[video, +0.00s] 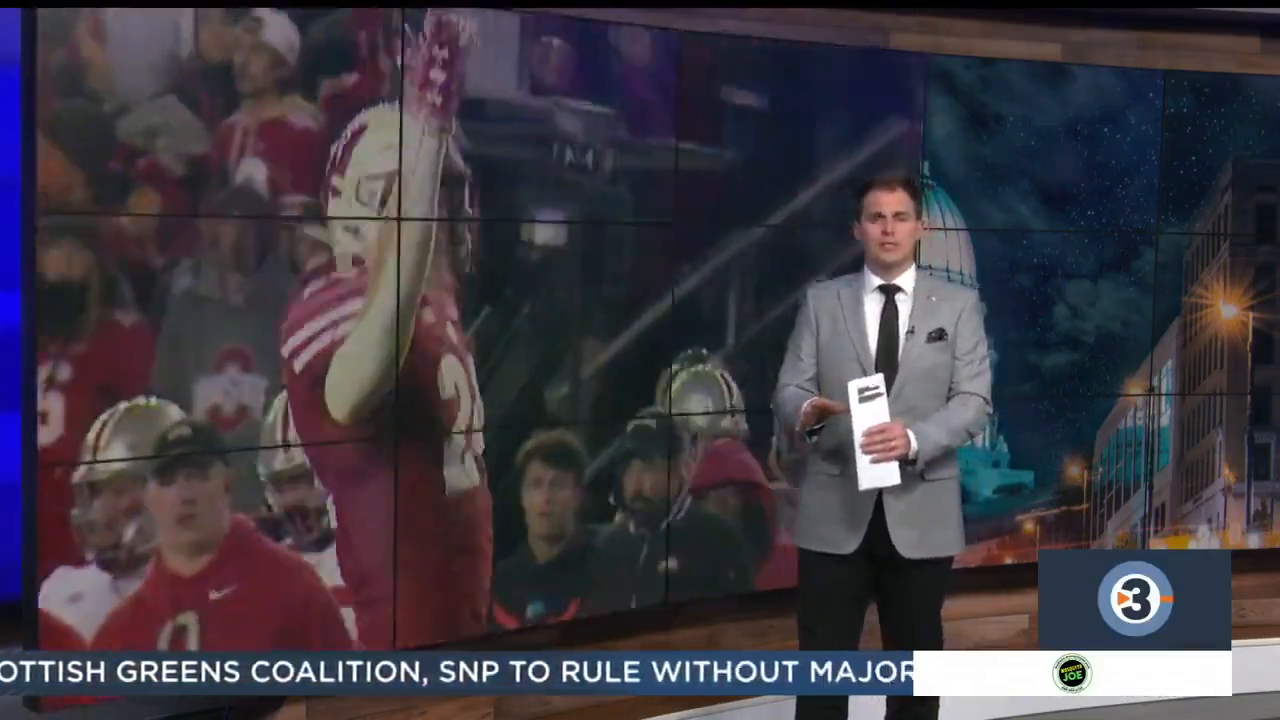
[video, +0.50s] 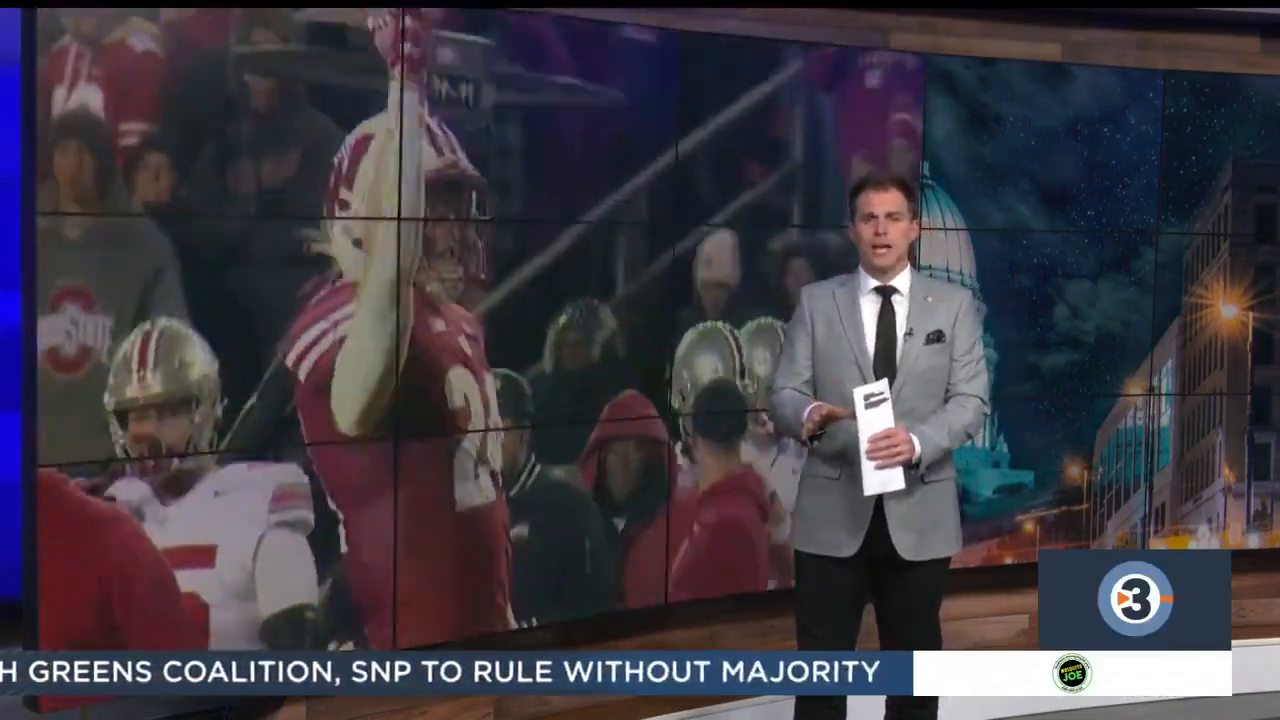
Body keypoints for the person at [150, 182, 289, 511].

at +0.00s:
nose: (238, 242)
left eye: (247, 231)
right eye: (230, 230)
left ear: (263, 234)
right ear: (213, 234)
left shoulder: (285, 295)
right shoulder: (187, 300)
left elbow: (301, 381)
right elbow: (167, 386)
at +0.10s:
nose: (187, 233)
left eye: (198, 220)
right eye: (180, 220)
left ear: (217, 230)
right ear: (167, 227)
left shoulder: (257, 305)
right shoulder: (137, 304)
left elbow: (277, 402)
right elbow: (115, 395)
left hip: (232, 481)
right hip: (150, 481)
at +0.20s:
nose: (169, 244)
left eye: (181, 232)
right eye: (161, 231)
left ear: (200, 242)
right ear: (149, 239)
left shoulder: (241, 314)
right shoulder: (119, 314)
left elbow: (263, 411)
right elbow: (98, 406)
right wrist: (99, 497)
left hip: (217, 494)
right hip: (134, 494)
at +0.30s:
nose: (146, 248)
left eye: (156, 237)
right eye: (138, 235)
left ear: (175, 241)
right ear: (125, 237)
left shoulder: (217, 312)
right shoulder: (95, 309)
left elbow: (240, 408)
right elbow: (72, 402)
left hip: (191, 491)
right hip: (108, 490)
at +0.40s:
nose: (113, 215)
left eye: (124, 204)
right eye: (104, 204)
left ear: (145, 212)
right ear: (90, 210)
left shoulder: (183, 282)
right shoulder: (59, 287)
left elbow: (209, 374)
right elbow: (43, 378)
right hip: (79, 462)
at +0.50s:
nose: (73, 166)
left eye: (84, 153)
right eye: (63, 152)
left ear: (103, 162)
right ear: (50, 163)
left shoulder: (144, 244)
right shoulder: (31, 237)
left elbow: (172, 344)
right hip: (41, 432)